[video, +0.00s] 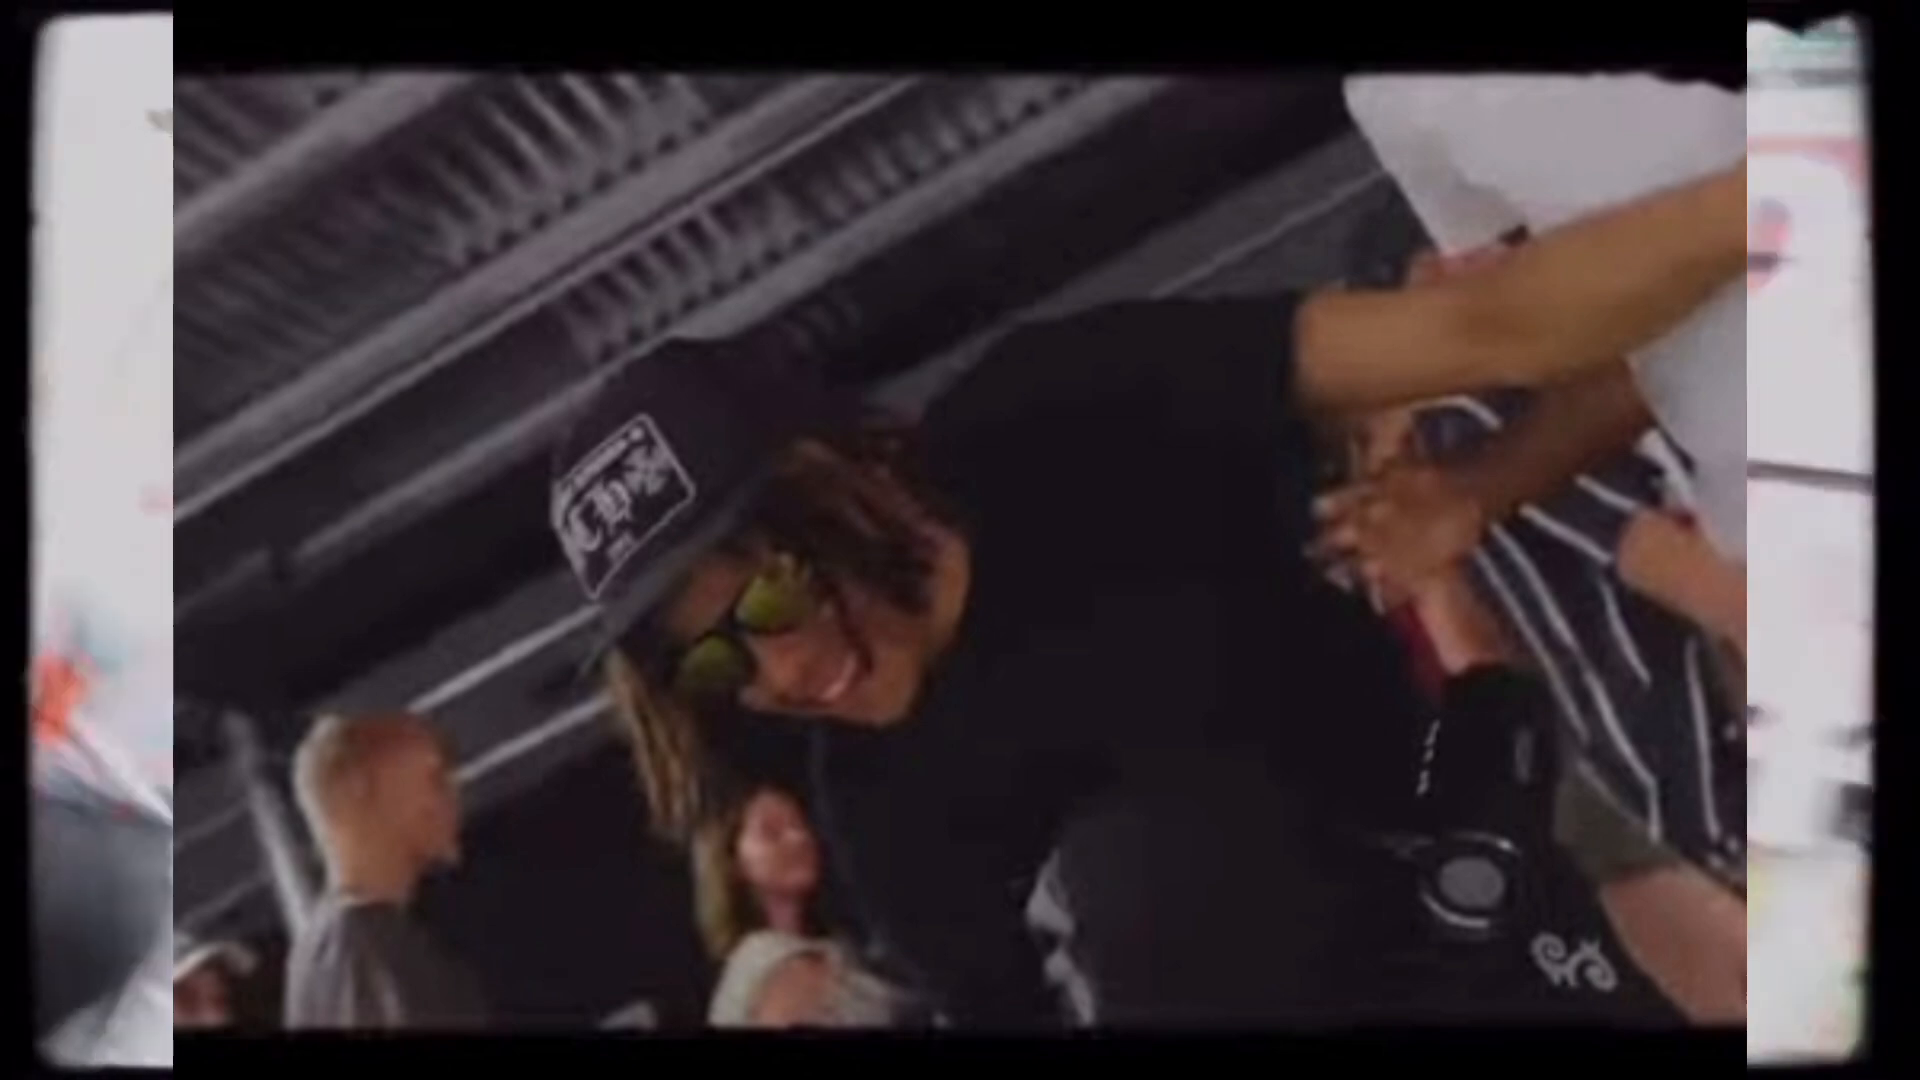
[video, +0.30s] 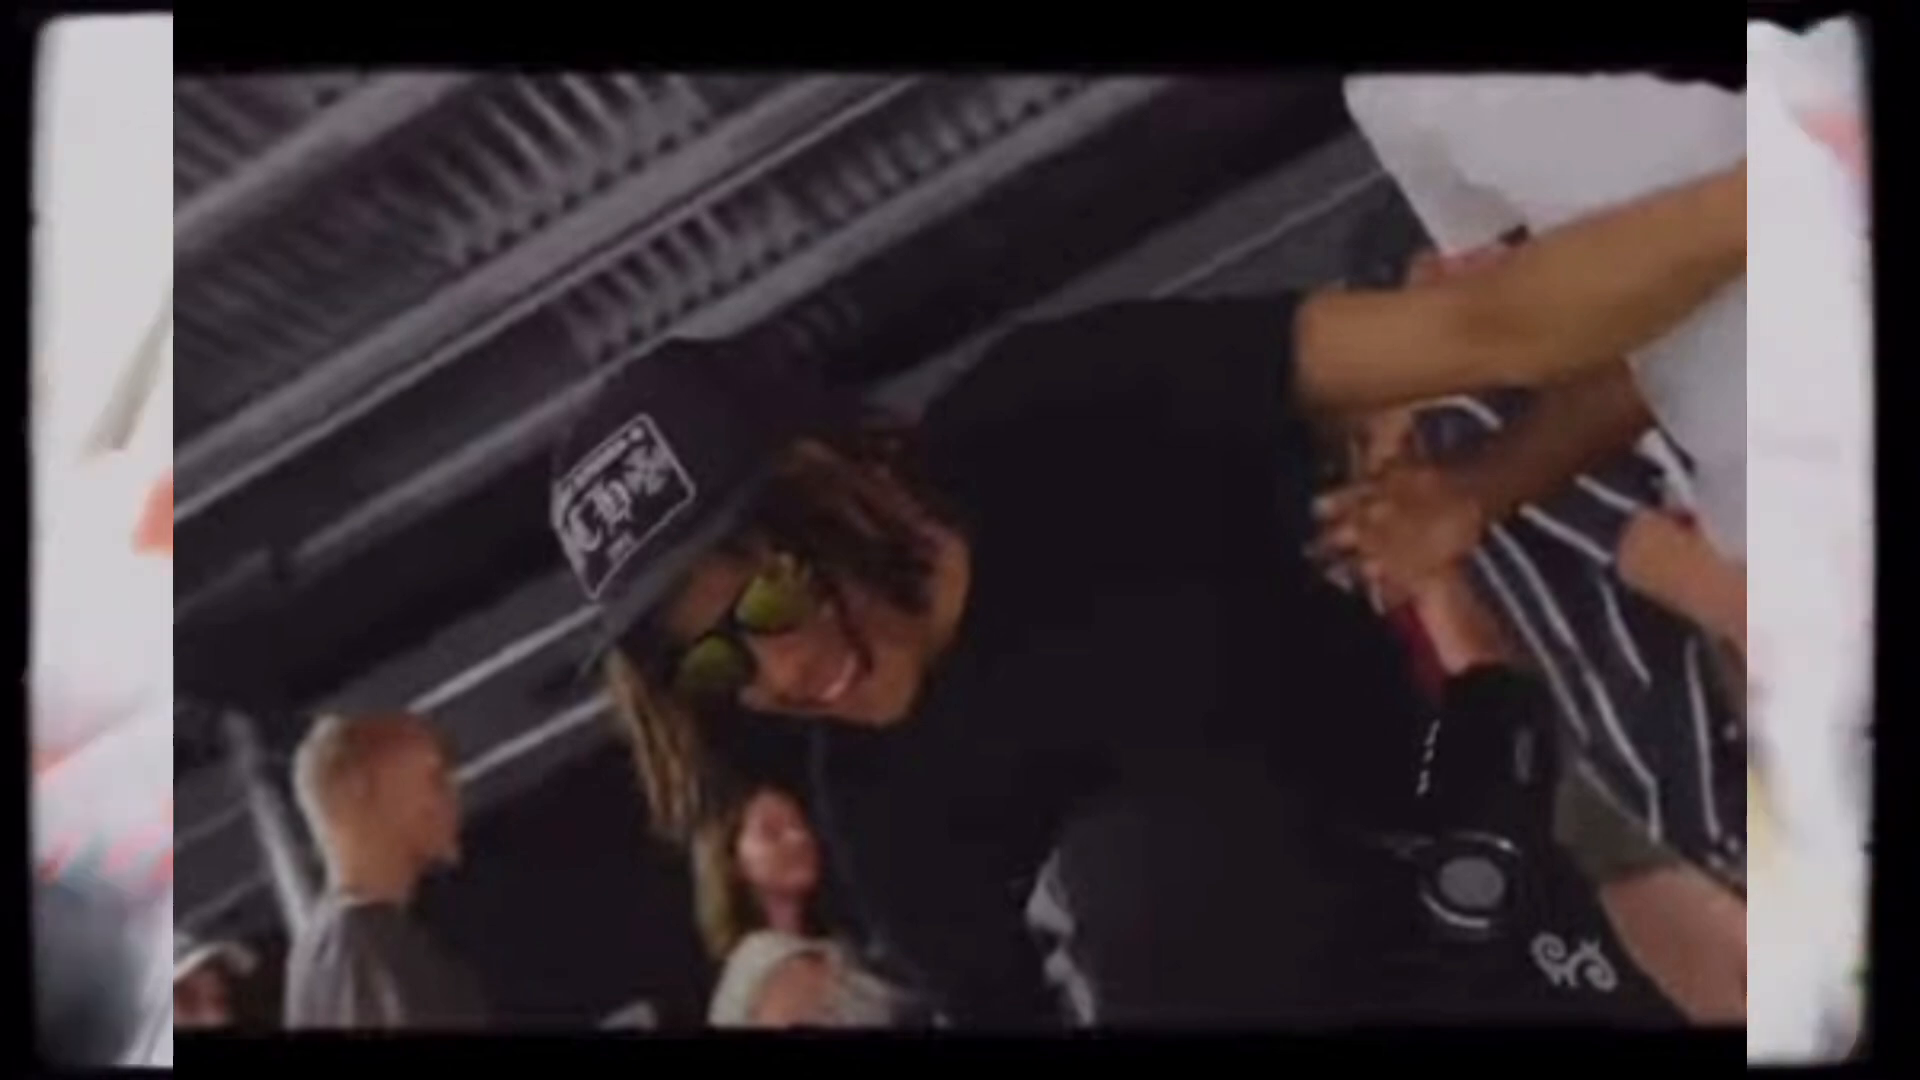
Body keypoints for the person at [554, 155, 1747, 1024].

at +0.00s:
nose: (769, 657)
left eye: (760, 583)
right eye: (710, 655)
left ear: (833, 476)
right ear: (689, 686)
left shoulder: (1056, 402)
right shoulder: (887, 843)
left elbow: (1468, 328)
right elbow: (1029, 1023)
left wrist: (1779, 193)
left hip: (1475, 837)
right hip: (1246, 969)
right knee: (1138, 859)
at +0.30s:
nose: (767, 658)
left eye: (759, 583)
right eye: (707, 655)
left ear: (833, 476)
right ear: (686, 686)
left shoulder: (1052, 403)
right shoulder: (888, 846)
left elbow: (1465, 331)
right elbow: (1037, 1025)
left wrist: (1781, 190)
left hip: (1486, 834)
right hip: (1270, 973)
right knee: (1134, 866)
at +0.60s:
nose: (769, 656)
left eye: (762, 581)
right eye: (709, 655)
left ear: (835, 475)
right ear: (686, 688)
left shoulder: (1052, 404)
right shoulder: (889, 846)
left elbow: (1469, 329)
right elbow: (1036, 1025)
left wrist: (1790, 188)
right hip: (1267, 972)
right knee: (1137, 863)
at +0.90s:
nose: (768, 657)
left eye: (760, 582)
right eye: (708, 655)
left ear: (834, 476)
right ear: (686, 686)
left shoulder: (1051, 404)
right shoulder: (887, 845)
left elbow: (1471, 328)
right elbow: (1036, 1025)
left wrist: (1787, 187)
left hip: (1480, 842)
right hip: (1250, 971)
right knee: (1135, 864)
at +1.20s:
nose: (767, 657)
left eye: (760, 582)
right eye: (708, 654)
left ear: (835, 476)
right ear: (686, 686)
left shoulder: (1051, 403)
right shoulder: (889, 848)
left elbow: (1470, 329)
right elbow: (1042, 1025)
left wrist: (1792, 185)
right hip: (1272, 972)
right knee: (1135, 864)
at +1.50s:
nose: (767, 660)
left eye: (760, 586)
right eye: (708, 656)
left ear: (834, 478)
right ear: (686, 685)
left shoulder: (1051, 404)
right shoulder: (887, 842)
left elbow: (1474, 329)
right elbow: (1030, 1024)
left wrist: (1772, 191)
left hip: (1468, 826)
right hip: (1242, 970)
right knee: (1133, 869)